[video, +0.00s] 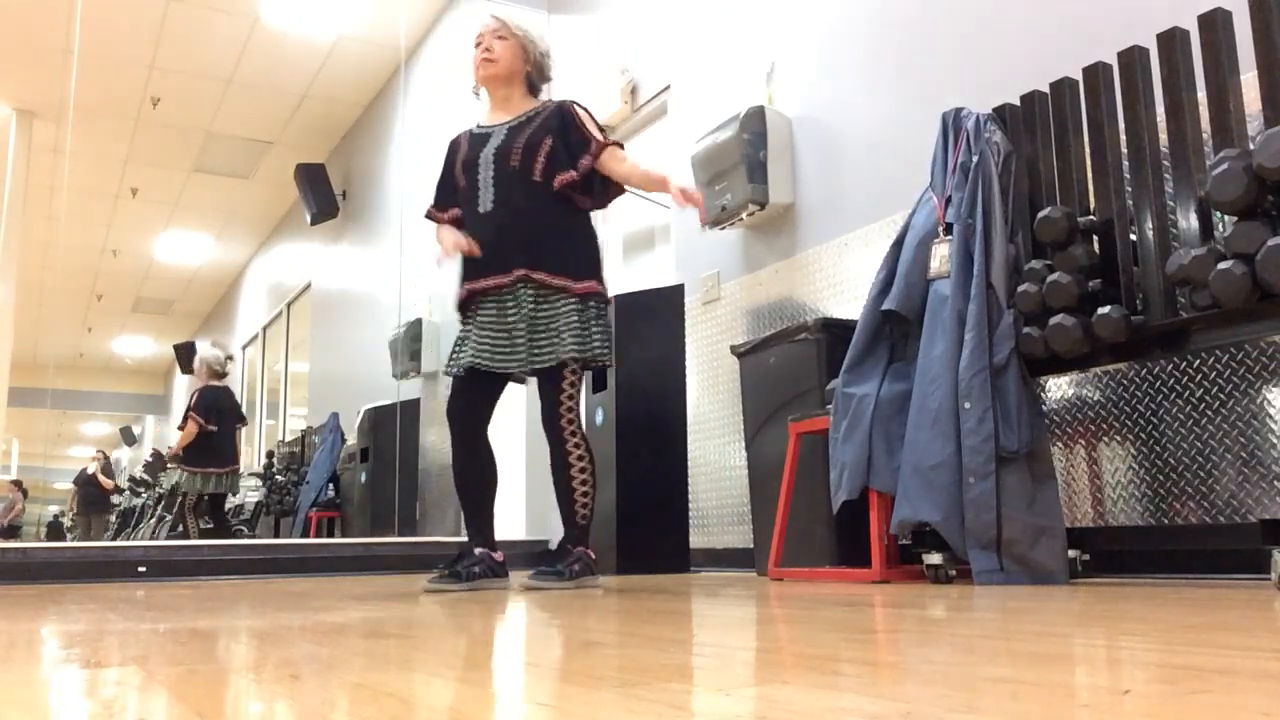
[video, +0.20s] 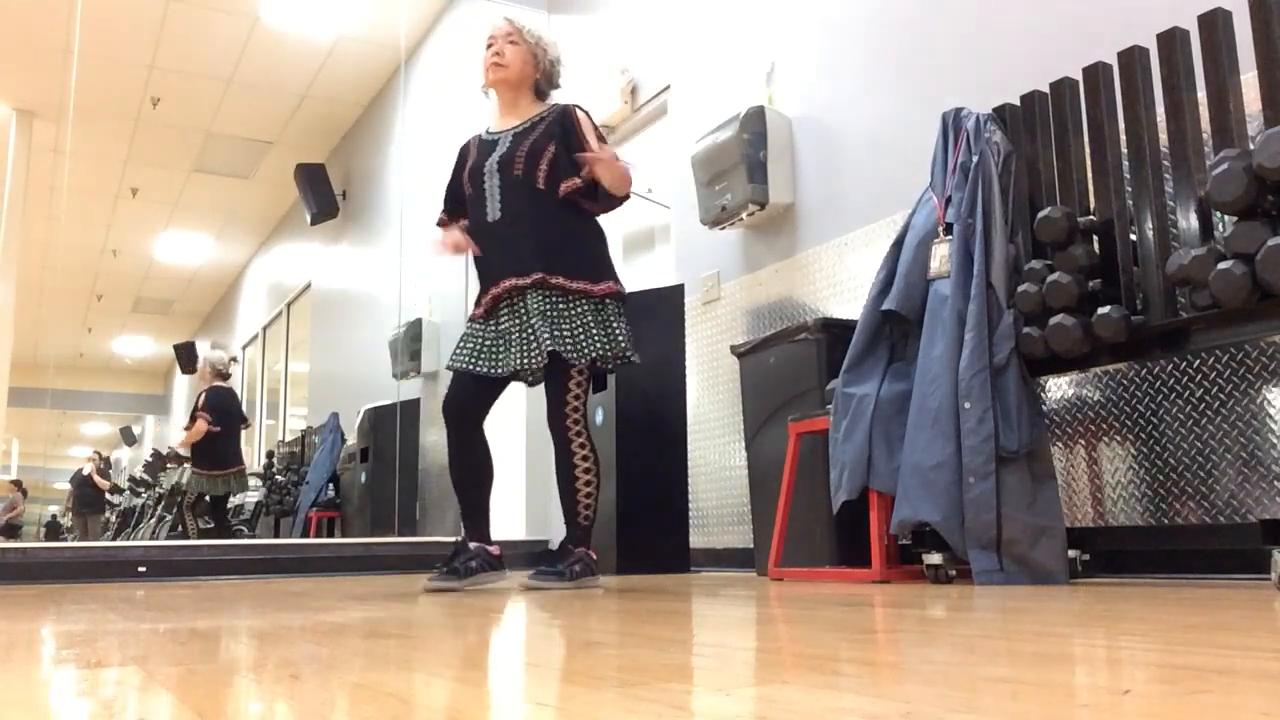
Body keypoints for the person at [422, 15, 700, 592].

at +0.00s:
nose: (483, 46)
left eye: (498, 39)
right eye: (478, 41)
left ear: (528, 59)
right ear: (476, 66)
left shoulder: (560, 114)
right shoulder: (465, 143)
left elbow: (616, 163)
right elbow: (447, 221)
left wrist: (668, 184)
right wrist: (452, 238)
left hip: (563, 287)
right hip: (494, 292)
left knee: (562, 416)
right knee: (464, 413)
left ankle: (578, 549)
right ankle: (483, 550)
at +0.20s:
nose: (494, 50)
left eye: (509, 43)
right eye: (489, 45)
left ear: (538, 63)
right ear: (483, 70)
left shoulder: (566, 119)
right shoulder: (473, 150)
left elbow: (619, 189)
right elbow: (452, 226)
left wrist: (605, 166)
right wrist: (454, 237)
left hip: (570, 290)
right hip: (503, 298)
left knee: (567, 415)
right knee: (460, 410)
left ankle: (579, 551)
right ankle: (478, 545)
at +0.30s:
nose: (495, 50)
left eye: (509, 42)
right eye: (490, 45)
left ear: (539, 61)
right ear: (487, 68)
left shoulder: (565, 118)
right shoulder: (476, 147)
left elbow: (614, 184)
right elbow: (456, 231)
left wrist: (565, 160)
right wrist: (434, 212)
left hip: (565, 288)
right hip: (499, 297)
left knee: (566, 416)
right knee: (456, 409)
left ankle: (579, 550)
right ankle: (473, 544)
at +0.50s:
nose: (490, 51)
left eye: (503, 42)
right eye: (484, 46)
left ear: (534, 60)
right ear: (481, 70)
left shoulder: (554, 122)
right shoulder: (469, 141)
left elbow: (576, 195)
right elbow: (432, 210)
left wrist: (491, 188)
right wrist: (397, 152)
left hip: (539, 295)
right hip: (479, 299)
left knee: (549, 418)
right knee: (452, 421)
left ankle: (578, 549)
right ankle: (465, 552)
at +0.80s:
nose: (467, 66)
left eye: (479, 57)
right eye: (461, 62)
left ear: (510, 72)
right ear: (460, 85)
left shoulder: (533, 128)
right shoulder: (449, 157)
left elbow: (566, 206)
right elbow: (399, 211)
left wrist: (490, 251)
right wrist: (390, 138)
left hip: (501, 302)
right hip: (442, 300)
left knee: (467, 425)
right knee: (440, 426)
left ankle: (525, 546)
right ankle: (460, 551)